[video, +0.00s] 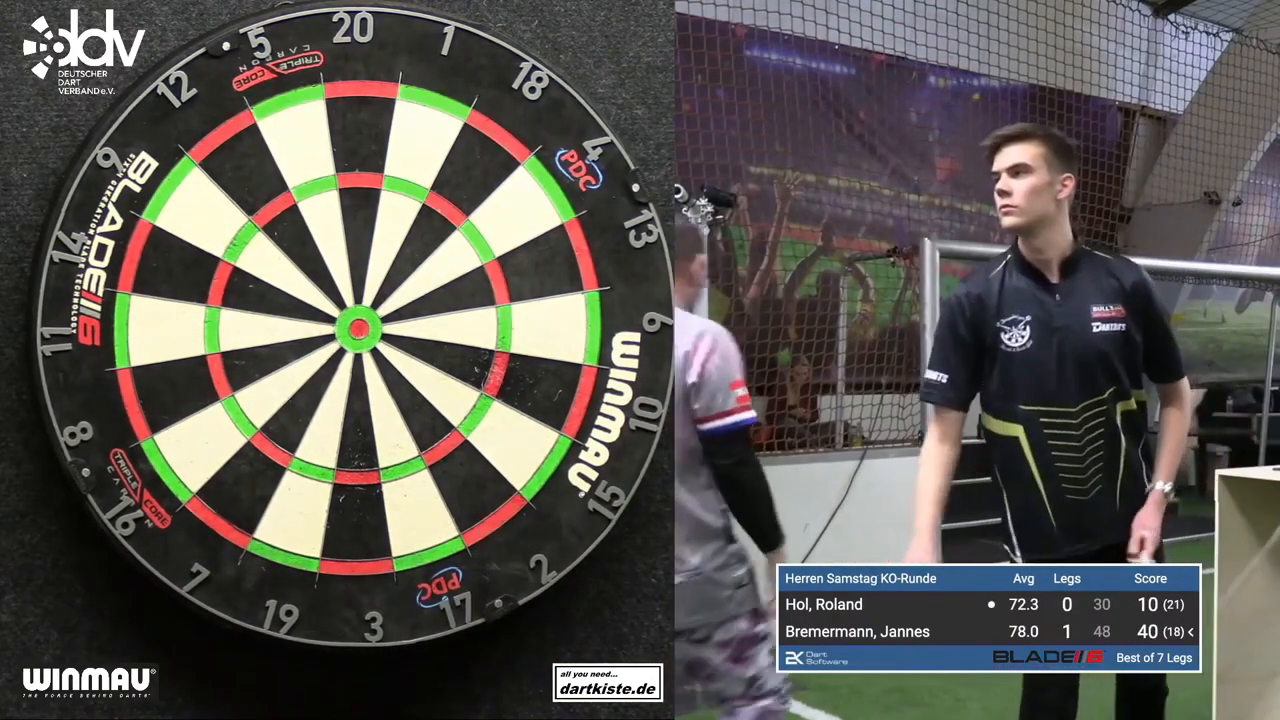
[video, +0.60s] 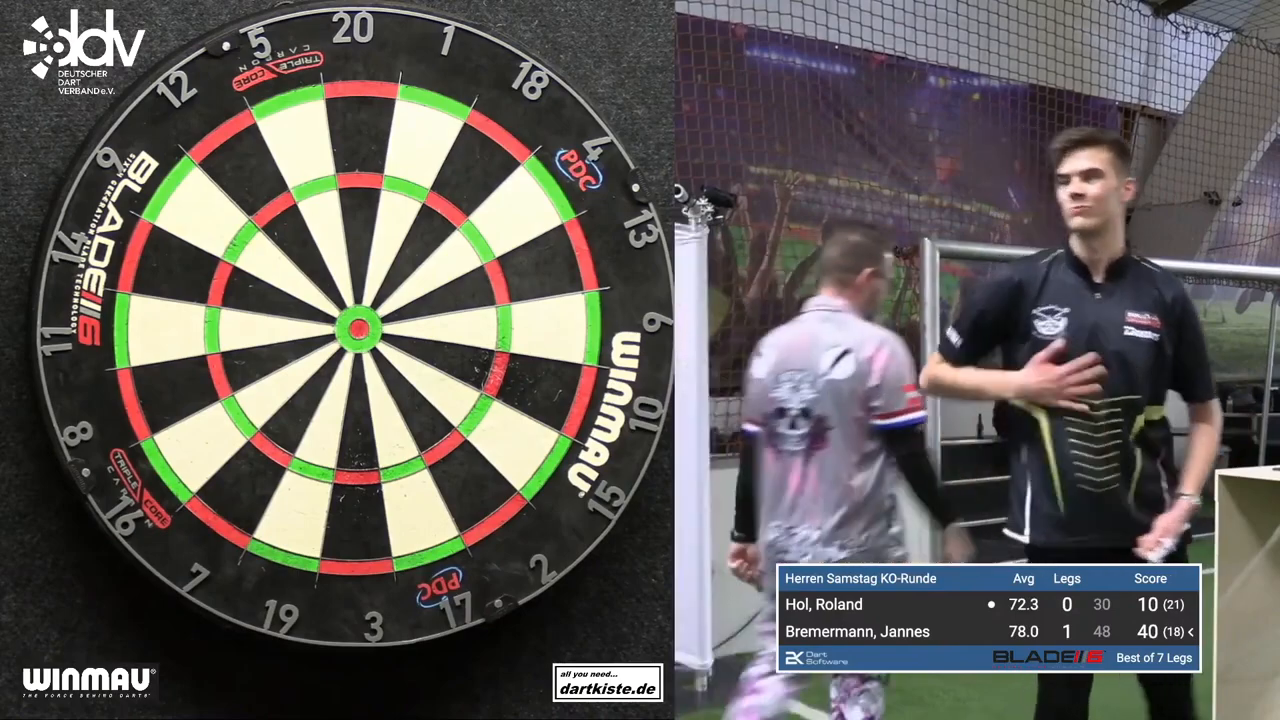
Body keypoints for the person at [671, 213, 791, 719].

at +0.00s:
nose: (707, 269)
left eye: (704, 256)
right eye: (703, 257)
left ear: (646, 265)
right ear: (689, 266)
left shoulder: (604, 337)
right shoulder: (704, 343)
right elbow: (733, 464)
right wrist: (776, 549)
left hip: (619, 566)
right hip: (695, 571)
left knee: (629, 703)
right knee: (754, 697)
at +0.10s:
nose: (717, 275)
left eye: (716, 264)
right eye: (716, 264)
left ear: (661, 264)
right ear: (702, 266)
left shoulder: (610, 334)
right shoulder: (711, 344)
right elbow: (737, 464)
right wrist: (780, 548)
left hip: (625, 569)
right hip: (701, 573)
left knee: (646, 705)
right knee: (765, 696)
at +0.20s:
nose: (758, 288)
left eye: (757, 275)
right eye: (754, 275)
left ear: (687, 272)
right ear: (731, 273)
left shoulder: (643, 335)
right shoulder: (743, 350)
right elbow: (766, 477)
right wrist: (802, 562)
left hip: (652, 574)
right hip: (731, 581)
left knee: (660, 706)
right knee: (770, 705)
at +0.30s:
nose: (796, 297)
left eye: (797, 285)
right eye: (794, 284)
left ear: (731, 281)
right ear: (772, 284)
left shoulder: (681, 348)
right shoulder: (789, 360)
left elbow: (661, 463)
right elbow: (805, 484)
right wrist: (829, 567)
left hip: (686, 567)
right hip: (765, 575)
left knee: (684, 698)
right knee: (799, 699)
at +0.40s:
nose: (841, 296)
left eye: (842, 285)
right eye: (840, 285)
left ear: (778, 280)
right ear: (822, 284)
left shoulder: (724, 349)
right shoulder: (837, 356)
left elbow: (714, 448)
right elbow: (848, 468)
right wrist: (869, 550)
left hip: (730, 548)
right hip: (812, 555)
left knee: (713, 681)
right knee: (839, 685)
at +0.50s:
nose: (866, 293)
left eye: (866, 283)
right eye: (865, 282)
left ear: (805, 278)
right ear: (847, 281)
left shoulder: (747, 347)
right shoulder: (859, 351)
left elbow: (737, 446)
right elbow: (878, 458)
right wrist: (909, 535)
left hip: (759, 542)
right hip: (838, 548)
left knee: (741, 672)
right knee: (850, 681)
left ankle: (712, 715)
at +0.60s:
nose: (883, 291)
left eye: (885, 279)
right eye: (883, 279)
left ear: (824, 274)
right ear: (867, 278)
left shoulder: (770, 347)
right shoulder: (879, 348)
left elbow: (750, 451)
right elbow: (909, 453)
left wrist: (746, 532)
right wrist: (950, 522)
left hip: (783, 547)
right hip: (860, 550)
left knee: (776, 663)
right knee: (859, 675)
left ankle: (746, 714)